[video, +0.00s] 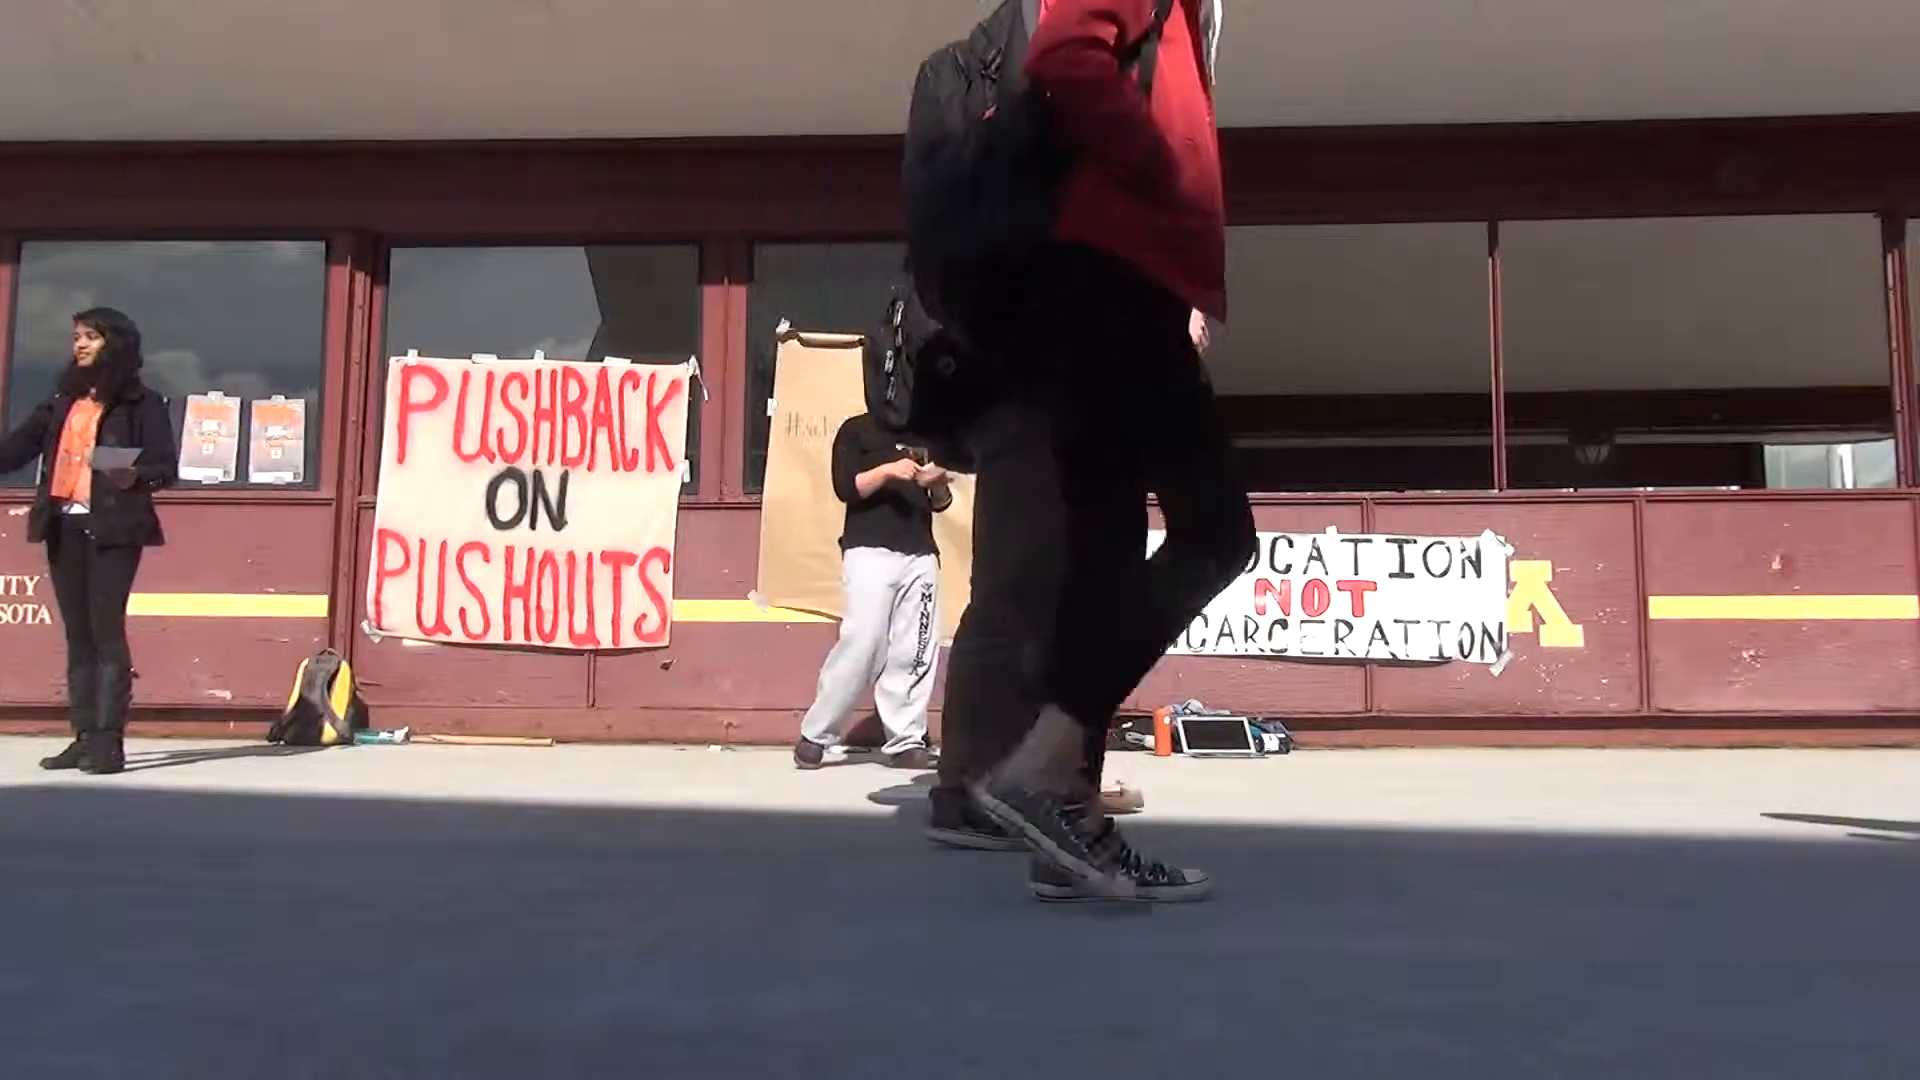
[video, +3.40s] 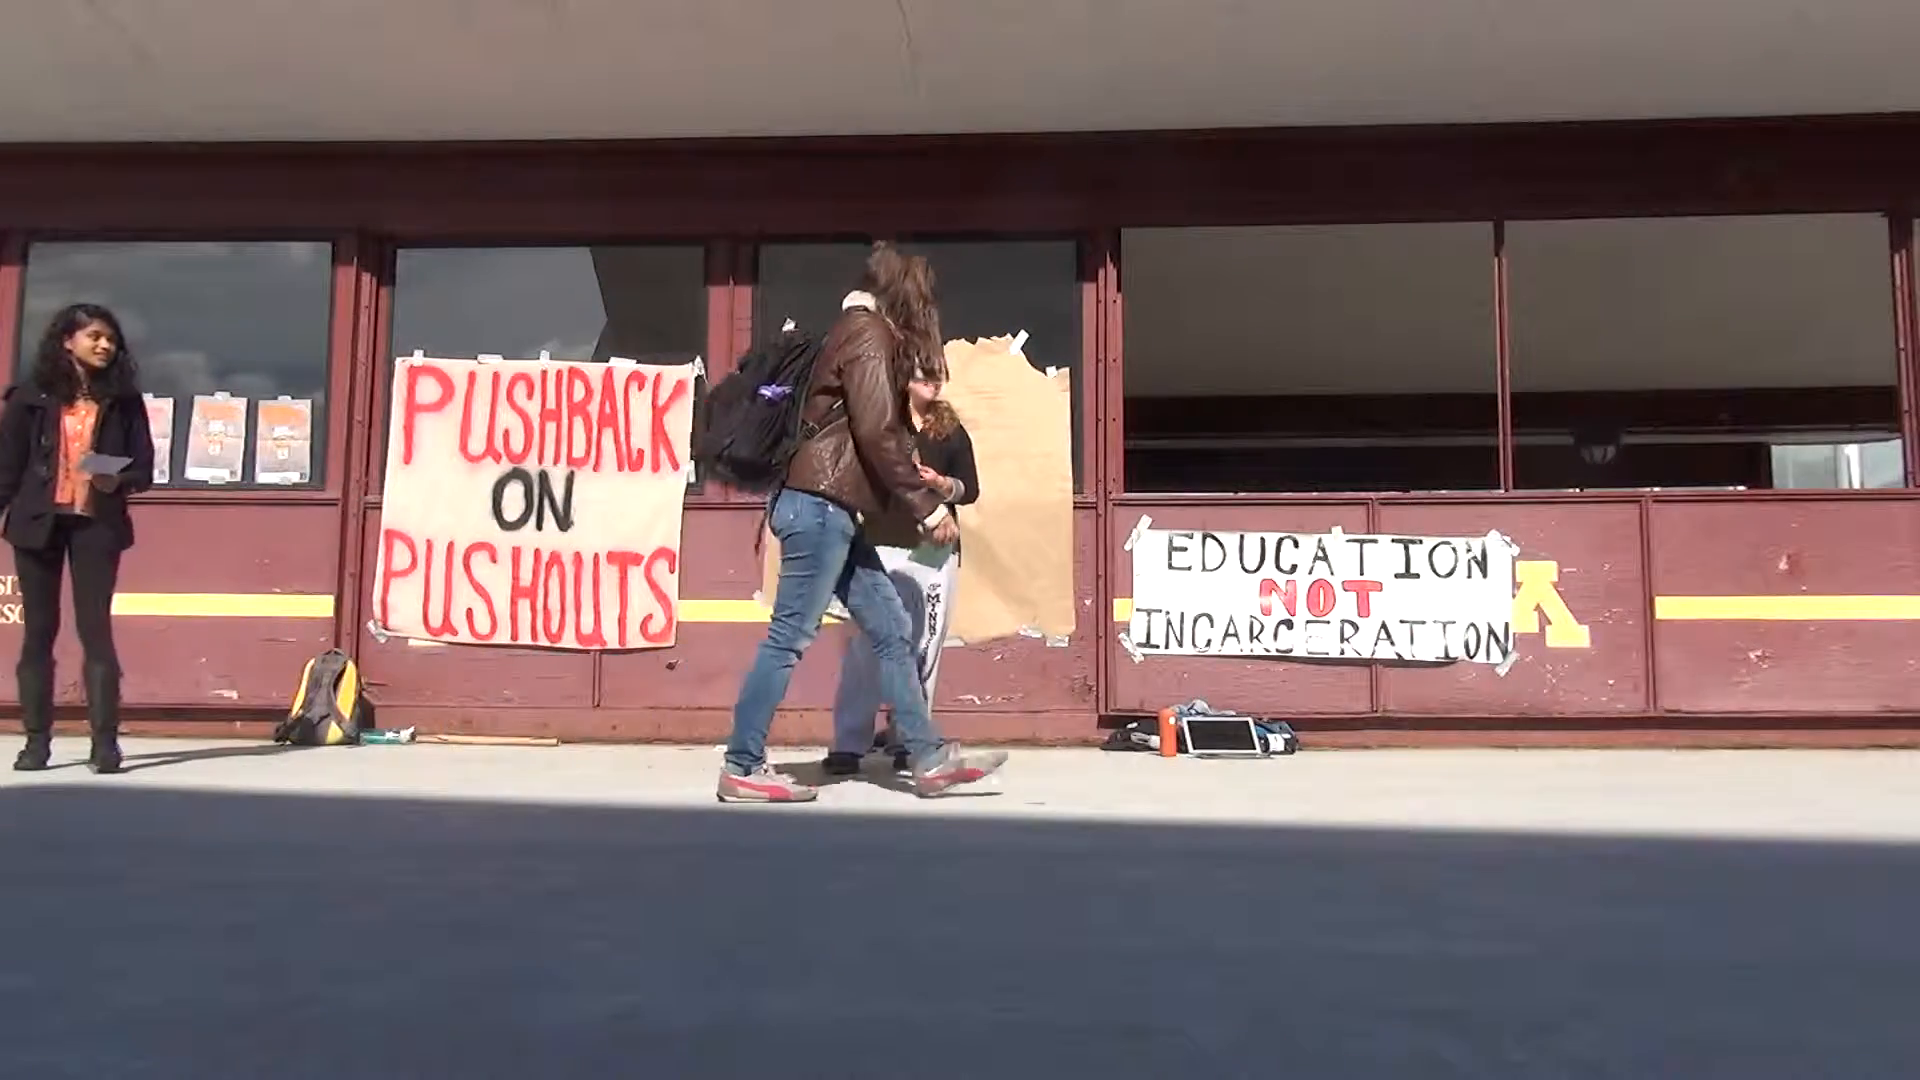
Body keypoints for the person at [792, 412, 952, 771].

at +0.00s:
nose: (895, 396)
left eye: (902, 388)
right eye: (888, 386)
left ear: (912, 393)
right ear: (872, 387)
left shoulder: (922, 437)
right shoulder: (855, 431)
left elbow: (942, 503)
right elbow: (846, 488)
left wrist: (937, 480)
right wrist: (887, 470)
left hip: (918, 551)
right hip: (870, 548)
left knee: (912, 650)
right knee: (864, 642)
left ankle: (905, 741)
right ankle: (816, 735)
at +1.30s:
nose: (851, 376)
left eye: (858, 366)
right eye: (847, 366)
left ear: (882, 372)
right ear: (841, 372)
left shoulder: (907, 419)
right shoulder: (827, 425)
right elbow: (802, 486)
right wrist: (825, 479)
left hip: (895, 546)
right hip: (840, 545)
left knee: (896, 642)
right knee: (838, 641)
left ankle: (906, 737)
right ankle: (844, 743)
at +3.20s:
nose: (911, 375)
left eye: (919, 369)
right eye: (904, 369)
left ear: (931, 378)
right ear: (890, 377)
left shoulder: (952, 431)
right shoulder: (868, 431)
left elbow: (970, 491)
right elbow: (849, 493)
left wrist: (938, 485)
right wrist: (882, 488)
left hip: (932, 552)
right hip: (878, 549)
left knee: (920, 646)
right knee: (867, 643)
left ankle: (909, 741)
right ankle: (851, 743)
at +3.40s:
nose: (933, 386)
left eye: (939, 379)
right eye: (925, 378)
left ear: (944, 382)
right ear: (904, 380)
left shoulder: (950, 430)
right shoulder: (881, 426)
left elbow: (969, 489)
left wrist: (939, 481)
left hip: (932, 548)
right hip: (880, 543)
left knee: (924, 648)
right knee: (864, 644)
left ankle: (908, 745)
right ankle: (847, 747)